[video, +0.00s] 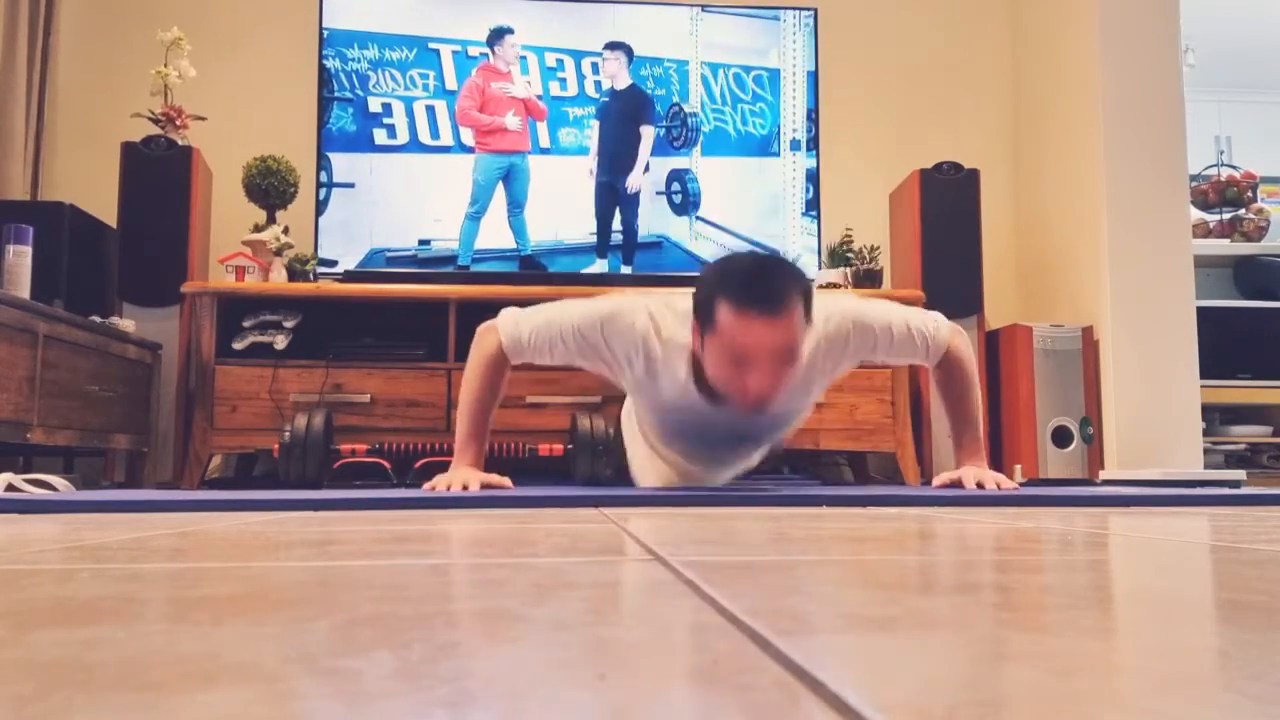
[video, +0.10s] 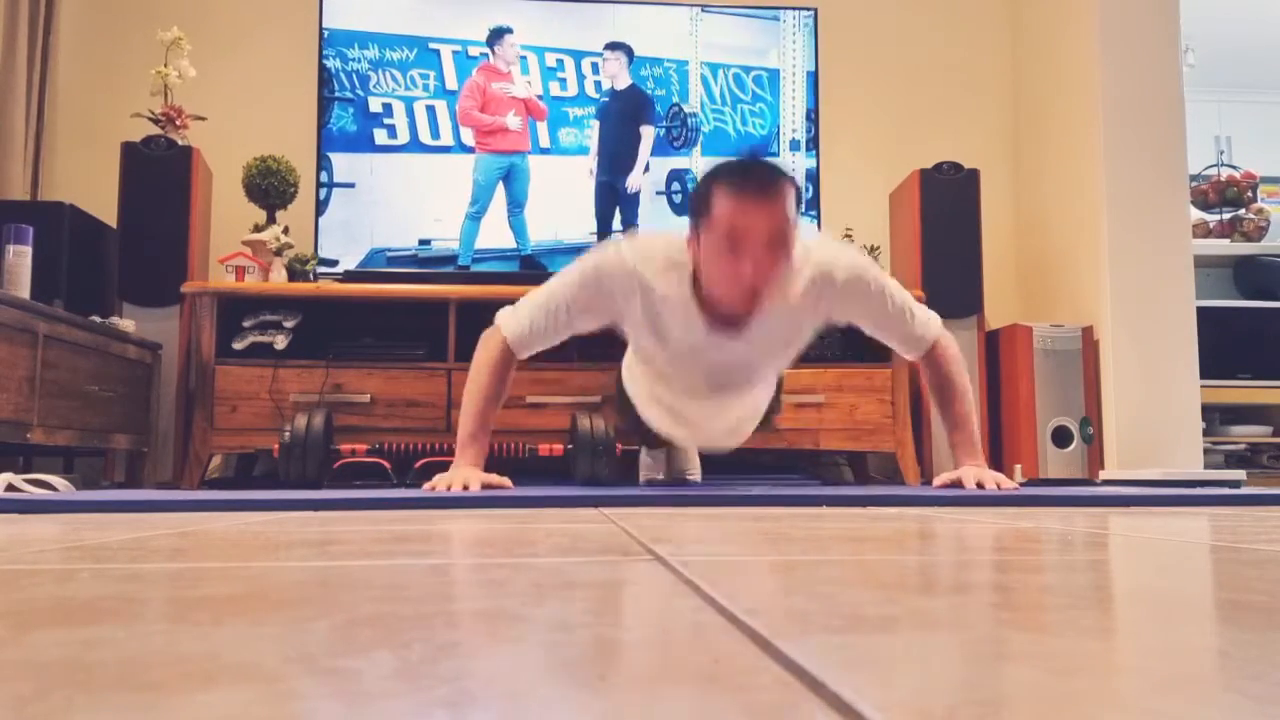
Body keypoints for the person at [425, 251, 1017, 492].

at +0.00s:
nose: (759, 383)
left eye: (778, 361)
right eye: (740, 361)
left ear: (804, 338)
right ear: (700, 341)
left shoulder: (834, 330)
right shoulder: (633, 330)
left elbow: (948, 341)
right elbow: (494, 337)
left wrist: (973, 459)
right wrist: (464, 462)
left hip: (746, 472)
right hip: (647, 468)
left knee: (732, 570)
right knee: (648, 564)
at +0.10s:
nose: (751, 269)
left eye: (769, 249)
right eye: (733, 247)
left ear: (790, 242)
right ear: (696, 241)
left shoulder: (829, 275)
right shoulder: (628, 269)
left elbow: (935, 344)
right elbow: (500, 340)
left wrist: (970, 458)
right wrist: (464, 461)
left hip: (739, 417)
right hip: (646, 406)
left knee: (714, 445)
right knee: (638, 426)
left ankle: (686, 458)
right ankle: (640, 451)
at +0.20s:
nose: (749, 137)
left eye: (767, 116)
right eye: (730, 114)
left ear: (786, 119)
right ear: (692, 112)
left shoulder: (818, 186)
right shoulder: (635, 177)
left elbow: (879, 319)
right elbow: (563, 313)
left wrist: (940, 440)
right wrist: (503, 435)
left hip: (743, 353)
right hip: (650, 347)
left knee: (691, 413)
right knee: (652, 416)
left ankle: (668, 441)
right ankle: (665, 445)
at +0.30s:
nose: (756, 123)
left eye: (775, 99)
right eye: (734, 98)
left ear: (793, 96)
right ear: (699, 93)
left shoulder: (818, 168)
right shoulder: (640, 159)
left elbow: (875, 298)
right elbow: (579, 299)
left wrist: (872, 421)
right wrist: (583, 438)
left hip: (743, 334)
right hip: (650, 326)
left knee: (700, 411)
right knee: (650, 407)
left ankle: (681, 441)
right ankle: (654, 444)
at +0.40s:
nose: (763, 234)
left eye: (785, 212)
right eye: (745, 210)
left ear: (804, 202)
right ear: (707, 196)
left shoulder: (836, 238)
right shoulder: (640, 230)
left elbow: (892, 348)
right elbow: (555, 344)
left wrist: (874, 462)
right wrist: (582, 465)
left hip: (746, 366)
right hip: (651, 360)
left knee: (699, 420)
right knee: (649, 419)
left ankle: (679, 442)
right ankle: (653, 445)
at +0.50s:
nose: (770, 359)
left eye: (790, 340)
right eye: (752, 340)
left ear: (811, 315)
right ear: (710, 314)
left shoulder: (842, 307)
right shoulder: (644, 310)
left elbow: (913, 363)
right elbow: (536, 354)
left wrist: (878, 463)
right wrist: (580, 463)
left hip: (748, 427)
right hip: (652, 424)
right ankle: (668, 459)